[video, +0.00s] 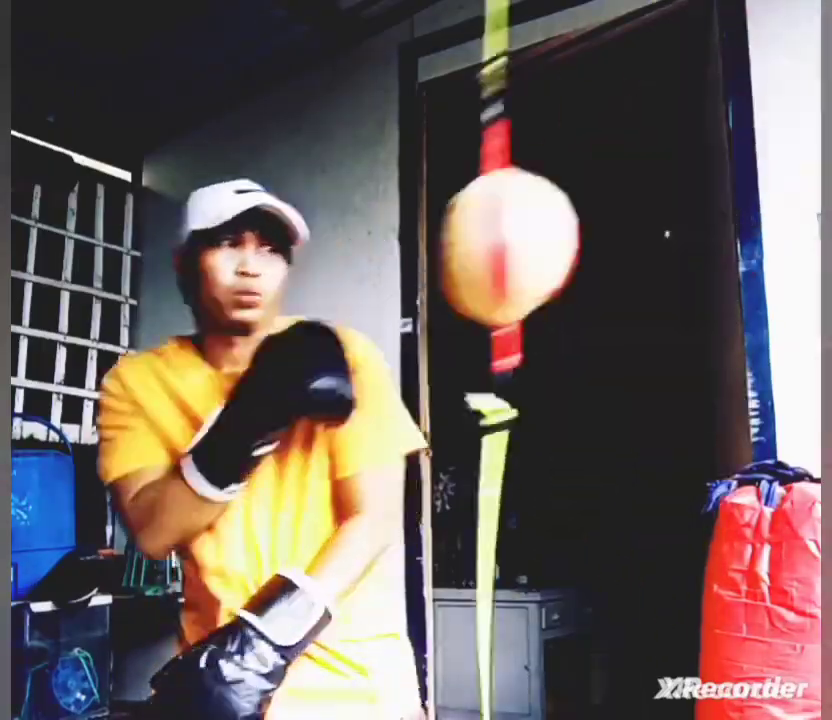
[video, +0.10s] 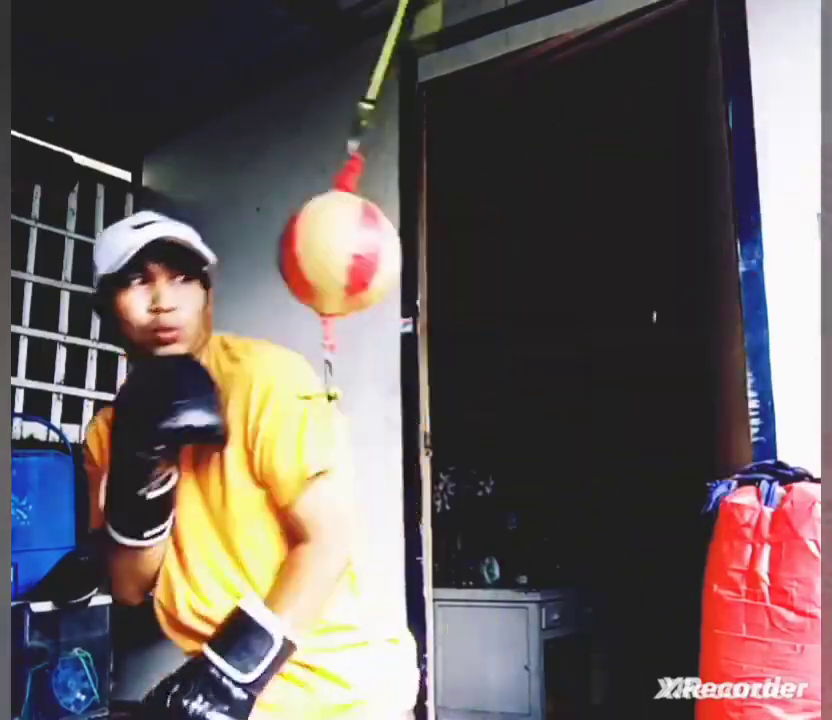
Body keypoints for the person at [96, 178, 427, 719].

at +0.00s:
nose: (250, 266)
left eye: (268, 248)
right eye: (228, 244)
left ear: (286, 267)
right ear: (189, 264)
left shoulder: (345, 356)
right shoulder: (138, 381)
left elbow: (375, 519)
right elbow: (153, 531)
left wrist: (263, 641)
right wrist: (241, 430)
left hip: (356, 682)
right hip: (222, 685)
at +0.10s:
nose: (163, 300)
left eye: (181, 277)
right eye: (139, 281)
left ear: (207, 291)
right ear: (111, 307)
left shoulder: (271, 379)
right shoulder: (108, 432)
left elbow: (328, 538)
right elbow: (128, 588)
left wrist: (230, 671)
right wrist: (144, 474)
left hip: (335, 679)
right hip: (216, 680)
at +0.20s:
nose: (159, 316)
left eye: (174, 290)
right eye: (132, 298)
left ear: (197, 302)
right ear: (102, 327)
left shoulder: (268, 390)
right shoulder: (102, 446)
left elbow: (336, 538)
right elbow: (130, 604)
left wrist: (234, 677)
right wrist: (136, 496)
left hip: (334, 682)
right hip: (209, 688)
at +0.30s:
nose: (228, 289)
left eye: (242, 272)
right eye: (202, 271)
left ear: (260, 288)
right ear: (153, 296)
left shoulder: (325, 379)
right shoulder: (116, 428)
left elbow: (377, 528)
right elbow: (150, 581)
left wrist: (282, 654)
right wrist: (188, 464)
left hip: (353, 688)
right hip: (213, 695)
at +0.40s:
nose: (336, 266)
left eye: (343, 250)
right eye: (311, 245)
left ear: (353, 260)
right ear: (251, 261)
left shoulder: (383, 380)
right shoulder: (185, 365)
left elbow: (409, 517)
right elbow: (205, 502)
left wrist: (370, 609)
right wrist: (298, 378)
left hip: (368, 683)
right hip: (222, 687)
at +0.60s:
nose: (491, 333)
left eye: (496, 321)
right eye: (473, 307)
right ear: (411, 306)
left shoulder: (426, 424)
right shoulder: (343, 352)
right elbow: (364, 464)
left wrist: (392, 644)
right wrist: (484, 418)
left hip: (319, 692)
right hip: (230, 685)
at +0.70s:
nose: (519, 372)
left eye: (525, 360)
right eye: (503, 346)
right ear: (441, 344)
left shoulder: (439, 473)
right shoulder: (345, 401)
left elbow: (403, 605)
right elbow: (293, 562)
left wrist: (408, 685)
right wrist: (446, 516)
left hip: (315, 702)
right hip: (205, 694)